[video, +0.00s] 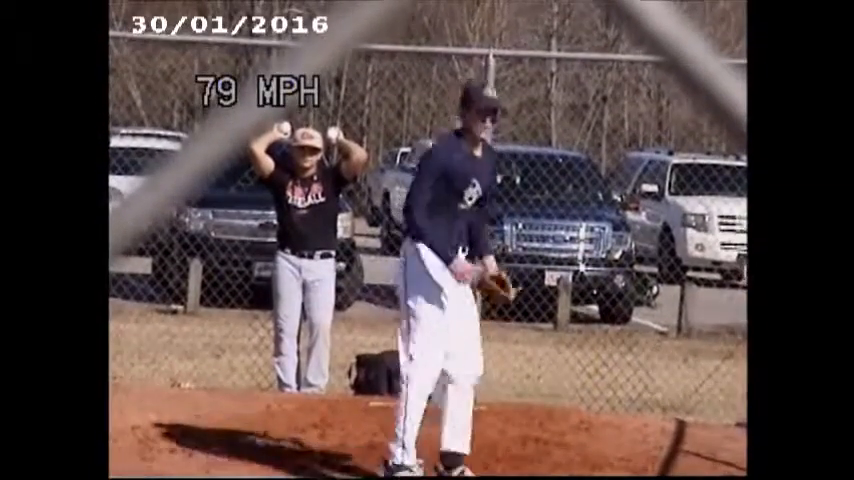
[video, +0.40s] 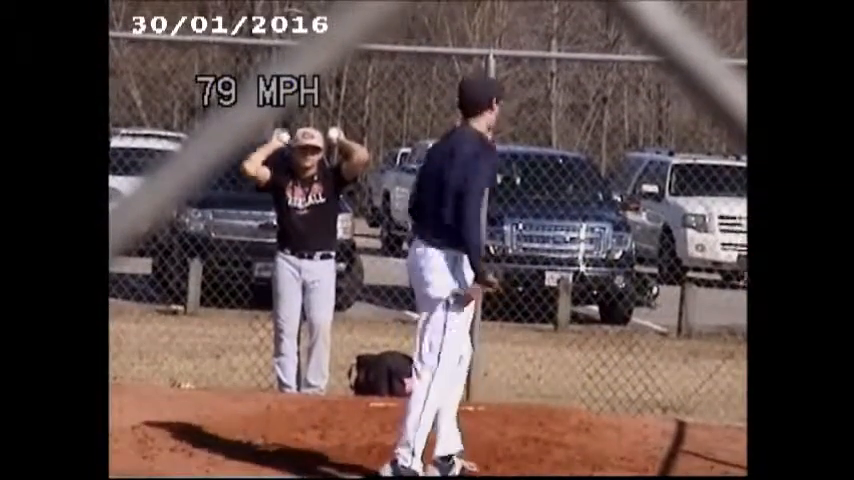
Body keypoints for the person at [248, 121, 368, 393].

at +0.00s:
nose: (307, 158)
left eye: (313, 153)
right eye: (302, 152)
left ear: (321, 153)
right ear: (292, 153)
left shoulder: (333, 177)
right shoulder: (281, 178)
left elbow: (361, 158)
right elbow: (256, 149)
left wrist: (341, 141)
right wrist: (275, 133)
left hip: (322, 261)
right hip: (288, 259)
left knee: (321, 324)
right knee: (285, 325)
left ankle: (315, 385)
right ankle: (286, 385)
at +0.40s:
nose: (307, 158)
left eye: (313, 152)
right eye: (301, 152)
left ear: (322, 154)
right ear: (292, 153)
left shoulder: (333, 177)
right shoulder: (281, 178)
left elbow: (362, 158)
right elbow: (250, 167)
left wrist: (341, 141)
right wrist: (275, 144)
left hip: (322, 261)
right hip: (288, 259)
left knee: (320, 324)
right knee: (285, 326)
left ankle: (315, 387)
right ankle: (286, 387)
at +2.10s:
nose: (308, 155)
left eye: (313, 149)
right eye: (302, 150)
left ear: (322, 151)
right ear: (293, 151)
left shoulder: (332, 175)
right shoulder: (282, 175)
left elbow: (362, 156)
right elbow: (263, 142)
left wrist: (340, 139)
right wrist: (280, 128)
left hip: (316, 260)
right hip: (283, 260)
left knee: (312, 326)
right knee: (275, 323)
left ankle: (308, 386)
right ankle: (279, 385)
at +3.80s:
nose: (304, 153)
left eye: (310, 147)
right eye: (298, 148)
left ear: (319, 149)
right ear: (289, 151)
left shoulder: (331, 177)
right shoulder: (281, 177)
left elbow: (362, 160)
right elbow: (266, 148)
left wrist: (342, 140)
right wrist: (282, 130)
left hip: (320, 261)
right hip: (286, 259)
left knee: (313, 324)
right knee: (281, 323)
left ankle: (309, 384)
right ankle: (280, 384)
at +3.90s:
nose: (304, 150)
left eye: (310, 144)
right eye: (299, 145)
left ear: (318, 147)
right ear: (290, 147)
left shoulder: (330, 173)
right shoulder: (281, 173)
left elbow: (355, 156)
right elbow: (268, 146)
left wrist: (340, 137)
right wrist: (283, 126)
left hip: (320, 258)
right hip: (285, 256)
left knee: (314, 322)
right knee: (280, 320)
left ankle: (309, 380)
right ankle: (280, 379)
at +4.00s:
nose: (304, 153)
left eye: (310, 147)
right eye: (299, 147)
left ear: (318, 149)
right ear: (291, 149)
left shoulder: (330, 174)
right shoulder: (281, 174)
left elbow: (358, 157)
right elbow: (268, 148)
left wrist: (339, 138)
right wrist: (282, 129)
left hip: (320, 260)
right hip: (286, 258)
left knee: (314, 324)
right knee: (281, 322)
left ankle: (309, 383)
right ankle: (280, 382)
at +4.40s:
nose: (305, 152)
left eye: (311, 146)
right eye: (300, 147)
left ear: (319, 149)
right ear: (291, 149)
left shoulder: (331, 174)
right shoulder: (282, 175)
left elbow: (350, 156)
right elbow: (271, 146)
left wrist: (337, 137)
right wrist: (284, 126)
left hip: (321, 259)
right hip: (287, 257)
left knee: (315, 322)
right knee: (282, 320)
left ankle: (310, 381)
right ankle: (283, 379)